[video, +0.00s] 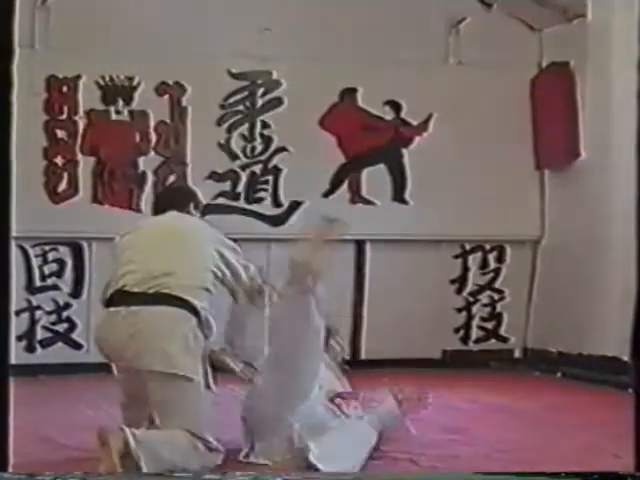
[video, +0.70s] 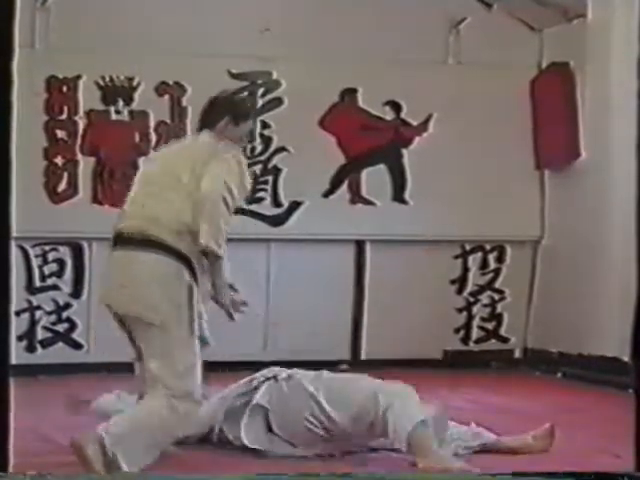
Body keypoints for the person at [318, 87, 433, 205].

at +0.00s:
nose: (357, 102)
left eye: (356, 98)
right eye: (355, 98)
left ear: (341, 99)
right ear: (348, 98)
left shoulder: (331, 118)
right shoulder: (354, 111)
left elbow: (322, 123)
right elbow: (377, 122)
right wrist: (394, 123)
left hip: (354, 157)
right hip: (371, 151)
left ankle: (355, 195)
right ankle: (399, 194)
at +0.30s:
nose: (357, 102)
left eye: (356, 99)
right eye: (355, 99)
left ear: (341, 99)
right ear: (347, 98)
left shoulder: (331, 119)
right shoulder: (353, 111)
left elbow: (321, 124)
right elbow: (377, 122)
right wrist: (394, 123)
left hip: (355, 157)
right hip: (372, 151)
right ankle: (399, 194)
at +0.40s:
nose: (357, 102)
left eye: (356, 99)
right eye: (355, 99)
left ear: (341, 100)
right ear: (348, 99)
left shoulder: (331, 120)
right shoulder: (354, 112)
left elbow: (322, 124)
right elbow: (377, 123)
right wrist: (394, 124)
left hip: (355, 158)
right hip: (372, 153)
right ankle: (399, 195)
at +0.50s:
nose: (356, 102)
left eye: (356, 99)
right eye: (355, 99)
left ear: (341, 99)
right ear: (348, 99)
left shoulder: (330, 119)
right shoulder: (353, 111)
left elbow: (321, 124)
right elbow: (377, 123)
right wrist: (394, 123)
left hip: (354, 158)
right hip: (372, 152)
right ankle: (398, 194)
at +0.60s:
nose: (356, 102)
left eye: (356, 99)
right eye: (354, 99)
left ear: (341, 99)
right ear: (347, 99)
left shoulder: (331, 119)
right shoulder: (354, 111)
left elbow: (322, 123)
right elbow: (376, 122)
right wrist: (394, 123)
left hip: (355, 157)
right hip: (373, 152)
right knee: (394, 153)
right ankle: (399, 194)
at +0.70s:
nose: (357, 102)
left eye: (356, 99)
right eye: (355, 99)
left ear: (341, 99)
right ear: (348, 98)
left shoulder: (331, 119)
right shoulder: (353, 111)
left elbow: (321, 123)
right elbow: (376, 122)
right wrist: (394, 123)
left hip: (355, 157)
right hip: (373, 152)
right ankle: (399, 194)